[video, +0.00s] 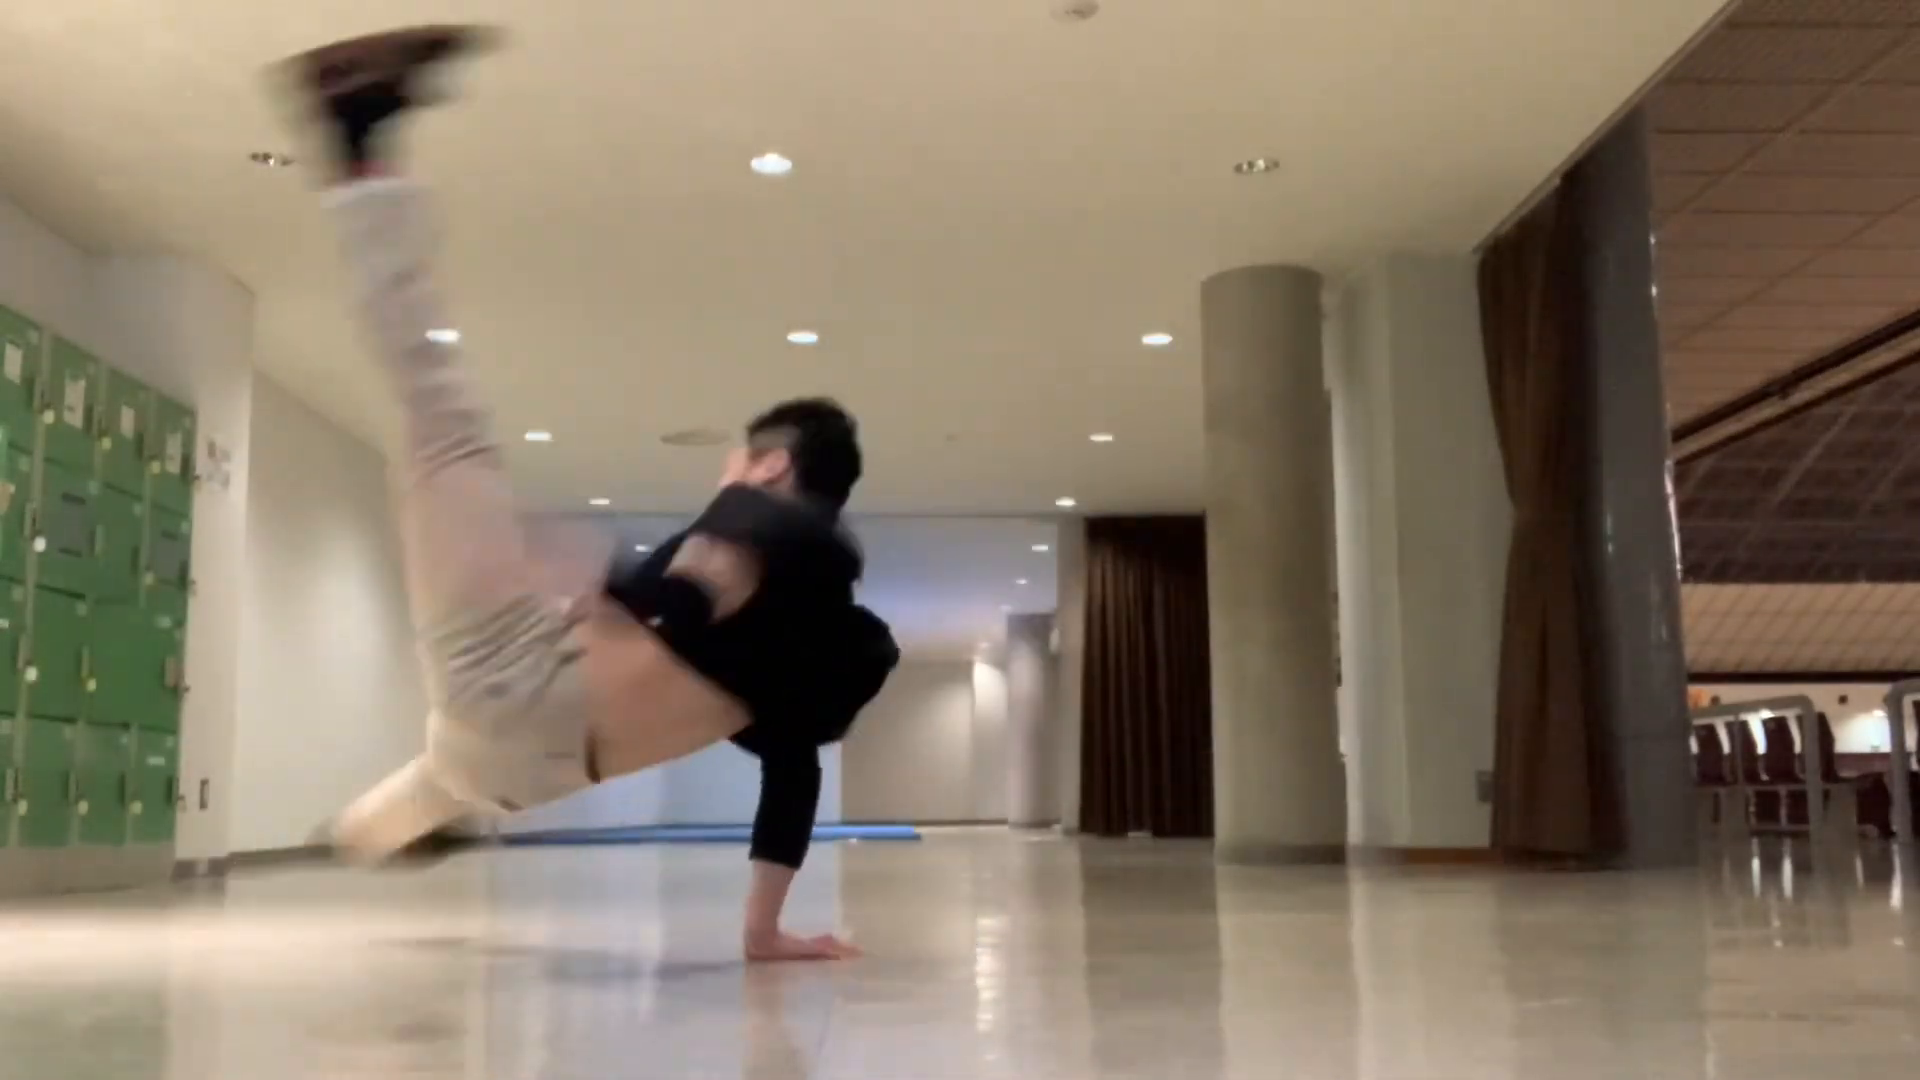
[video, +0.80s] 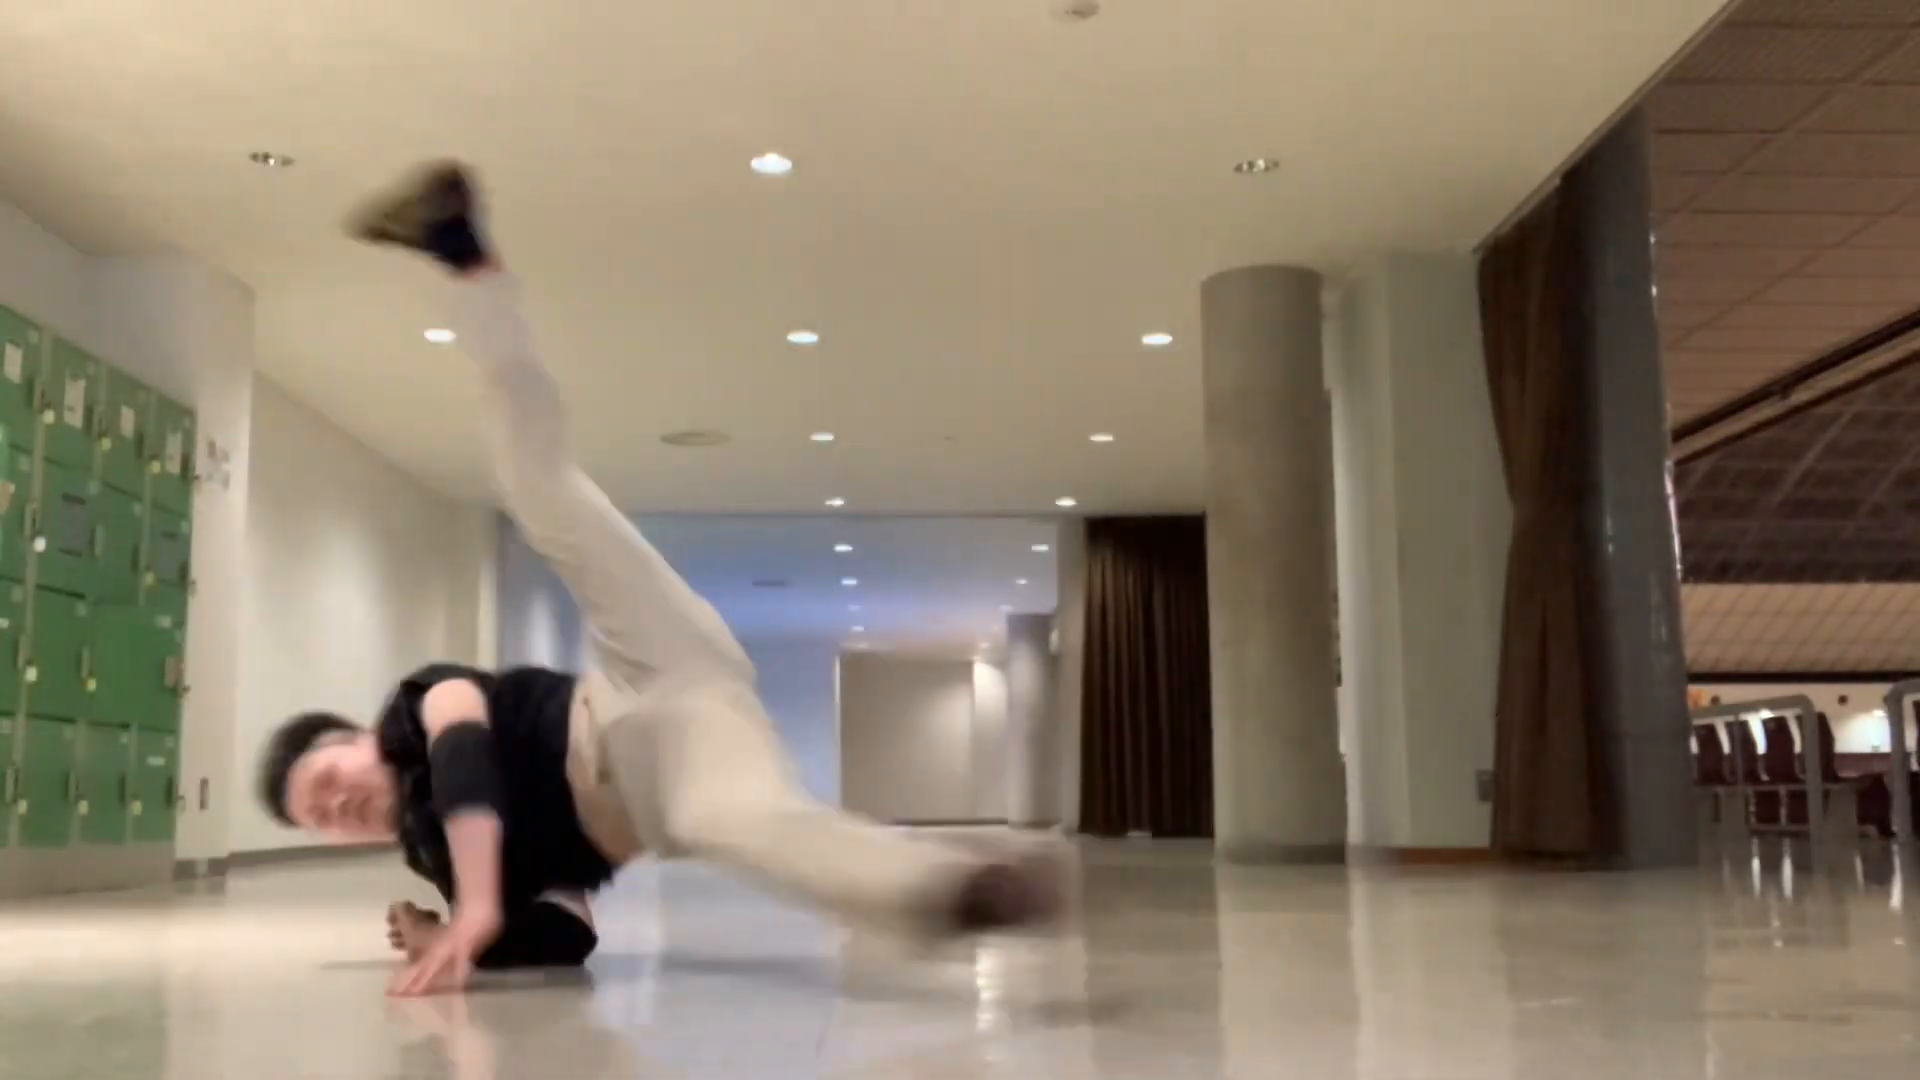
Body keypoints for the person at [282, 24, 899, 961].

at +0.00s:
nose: (726, 479)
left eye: (736, 463)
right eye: (730, 464)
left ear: (777, 466)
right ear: (835, 487)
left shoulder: (764, 512)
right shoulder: (828, 653)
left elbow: (697, 584)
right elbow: (791, 794)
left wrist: (609, 593)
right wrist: (762, 936)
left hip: (515, 673)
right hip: (527, 780)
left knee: (434, 404)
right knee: (370, 829)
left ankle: (359, 133)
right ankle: (394, 837)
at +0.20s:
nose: (581, 479)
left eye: (584, 456)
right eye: (586, 455)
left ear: (615, 464)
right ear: (696, 457)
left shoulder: (584, 574)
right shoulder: (771, 579)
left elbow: (547, 772)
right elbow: (789, 753)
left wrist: (507, 955)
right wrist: (774, 910)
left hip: (525, 758)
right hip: (636, 808)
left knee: (295, 787)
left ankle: (103, 847)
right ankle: (680, 329)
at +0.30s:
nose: (418, 479)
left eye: (414, 459)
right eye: (411, 460)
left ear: (439, 458)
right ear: (510, 418)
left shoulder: (455, 574)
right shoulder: (654, 483)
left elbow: (498, 761)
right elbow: (774, 633)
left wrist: (504, 953)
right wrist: (817, 699)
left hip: (573, 812)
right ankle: (533, 328)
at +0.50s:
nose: (286, 727)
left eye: (262, 716)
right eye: (264, 723)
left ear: (250, 676)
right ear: (263, 621)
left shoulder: (328, 649)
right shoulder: (368, 567)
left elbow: (503, 762)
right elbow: (515, 644)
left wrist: (506, 955)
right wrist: (443, 752)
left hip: (672, 602)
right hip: (688, 508)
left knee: (804, 879)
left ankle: (1055, 812)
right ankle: (818, 625)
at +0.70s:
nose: (298, 840)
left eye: (277, 816)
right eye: (277, 850)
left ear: (294, 760)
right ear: (291, 839)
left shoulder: (378, 693)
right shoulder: (443, 832)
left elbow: (488, 762)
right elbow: (559, 933)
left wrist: (502, 944)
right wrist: (447, 954)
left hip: (643, 612)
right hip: (705, 706)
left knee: (506, 471)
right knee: (924, 792)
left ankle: (372, 239)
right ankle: (1190, 866)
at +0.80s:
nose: (336, 801)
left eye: (325, 778)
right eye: (318, 818)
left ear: (346, 738)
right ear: (332, 837)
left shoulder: (422, 701)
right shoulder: (448, 874)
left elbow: (468, 753)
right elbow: (571, 942)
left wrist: (474, 918)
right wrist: (462, 947)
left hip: (639, 673)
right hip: (669, 788)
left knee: (543, 491)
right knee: (740, 831)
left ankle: (466, 259)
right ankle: (974, 885)